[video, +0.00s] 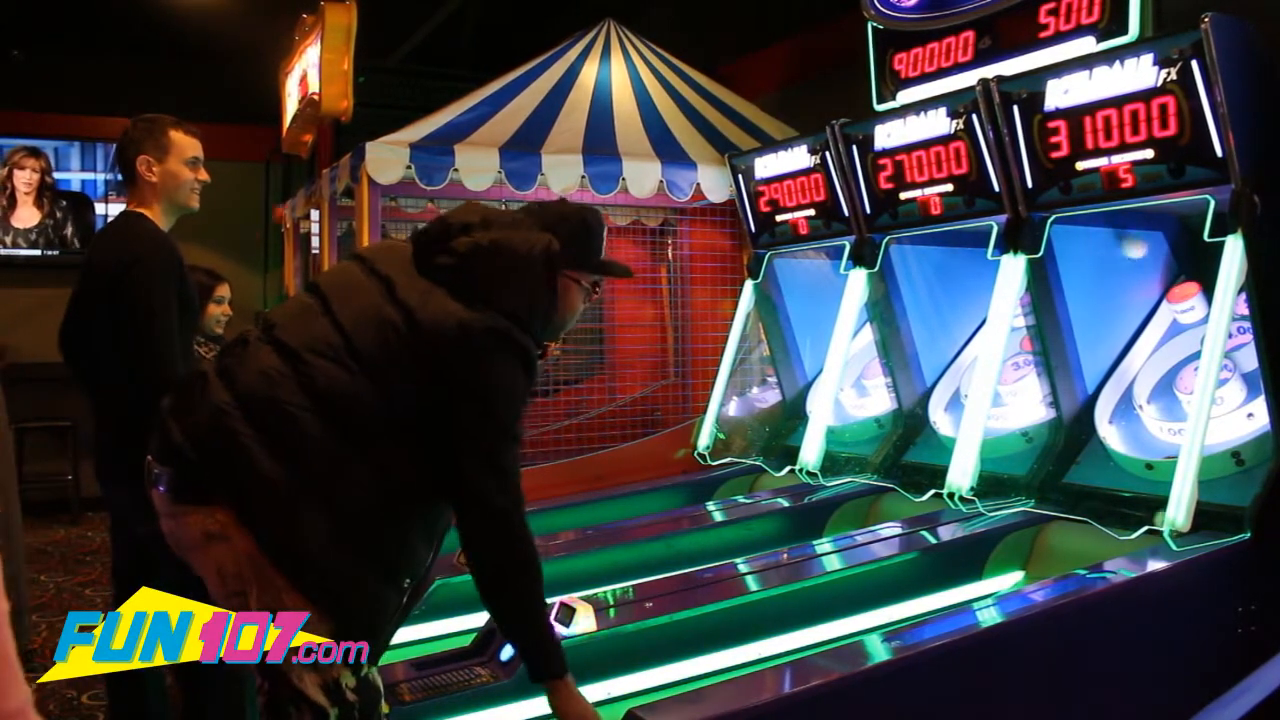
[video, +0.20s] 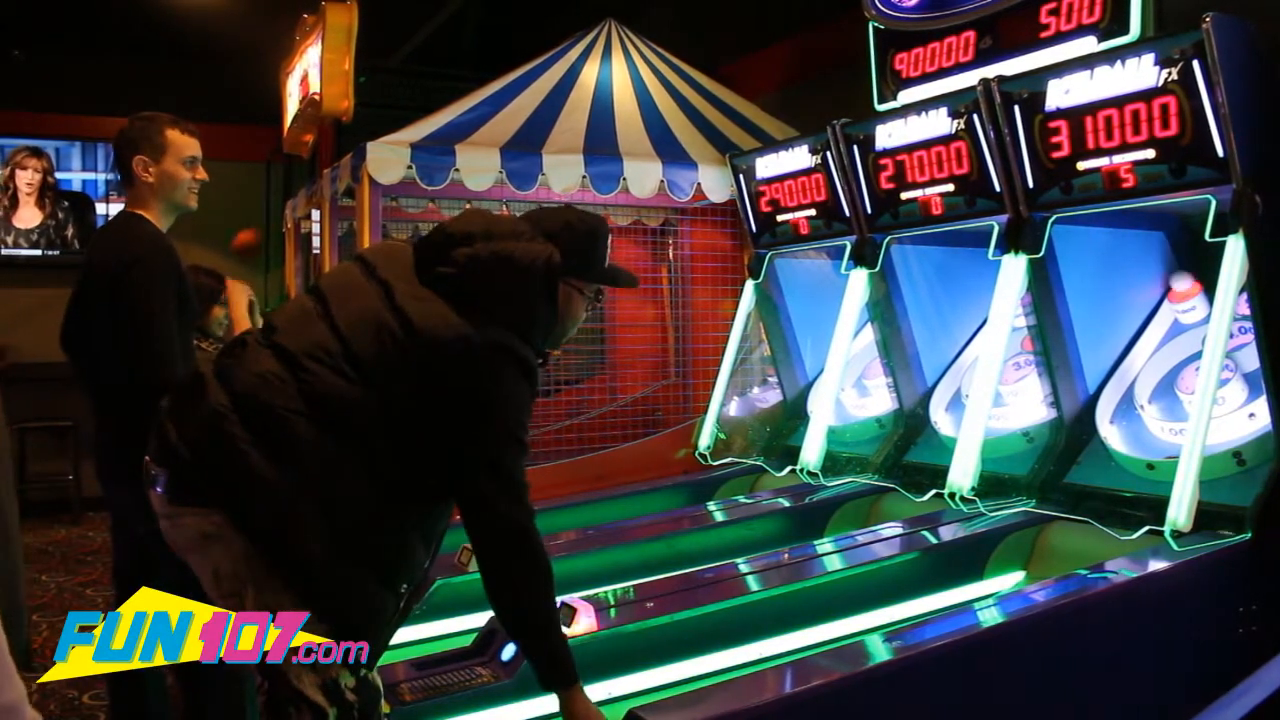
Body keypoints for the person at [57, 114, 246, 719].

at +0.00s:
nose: (204, 176)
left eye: (203, 164)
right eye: (193, 163)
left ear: (147, 171)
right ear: (149, 168)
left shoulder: (113, 241)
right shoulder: (151, 250)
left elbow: (74, 341)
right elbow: (166, 367)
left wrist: (119, 408)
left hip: (120, 449)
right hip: (151, 456)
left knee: (137, 594)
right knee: (171, 596)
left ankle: (135, 705)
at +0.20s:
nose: (202, 176)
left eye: (201, 163)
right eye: (191, 163)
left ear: (145, 171)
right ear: (146, 168)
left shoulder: (115, 240)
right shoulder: (147, 250)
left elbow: (75, 337)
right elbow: (168, 367)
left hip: (123, 451)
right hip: (150, 458)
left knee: (139, 592)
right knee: (172, 596)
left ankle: (135, 705)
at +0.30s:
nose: (201, 176)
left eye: (199, 163)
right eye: (189, 163)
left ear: (145, 172)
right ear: (144, 169)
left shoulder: (117, 241)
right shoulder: (144, 251)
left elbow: (76, 337)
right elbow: (168, 371)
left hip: (124, 451)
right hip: (150, 460)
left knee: (140, 592)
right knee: (171, 596)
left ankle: (137, 705)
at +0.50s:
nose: (199, 176)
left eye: (198, 164)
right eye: (186, 164)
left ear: (143, 174)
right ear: (140, 170)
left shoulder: (117, 243)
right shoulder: (139, 253)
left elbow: (75, 337)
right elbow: (169, 372)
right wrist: (229, 319)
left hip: (127, 454)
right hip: (149, 463)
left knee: (142, 596)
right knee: (171, 599)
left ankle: (138, 706)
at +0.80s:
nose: (196, 176)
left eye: (195, 163)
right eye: (183, 163)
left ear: (140, 173)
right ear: (137, 169)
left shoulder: (116, 242)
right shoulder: (138, 253)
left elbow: (79, 336)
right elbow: (162, 373)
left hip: (124, 450)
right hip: (145, 459)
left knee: (142, 591)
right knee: (167, 594)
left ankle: (139, 703)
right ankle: (158, 703)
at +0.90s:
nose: (196, 176)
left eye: (195, 164)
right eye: (183, 164)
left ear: (142, 174)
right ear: (136, 170)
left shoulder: (117, 241)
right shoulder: (136, 252)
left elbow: (78, 335)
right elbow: (162, 372)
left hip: (123, 445)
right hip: (142, 456)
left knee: (141, 580)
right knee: (166, 586)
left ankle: (141, 697)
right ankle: (158, 699)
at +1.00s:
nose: (196, 175)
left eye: (195, 163)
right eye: (183, 162)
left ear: (139, 171)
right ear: (136, 169)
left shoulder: (112, 240)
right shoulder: (138, 250)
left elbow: (77, 334)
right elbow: (163, 372)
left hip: (121, 448)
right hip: (146, 458)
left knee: (146, 583)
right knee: (168, 590)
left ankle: (144, 699)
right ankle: (167, 702)